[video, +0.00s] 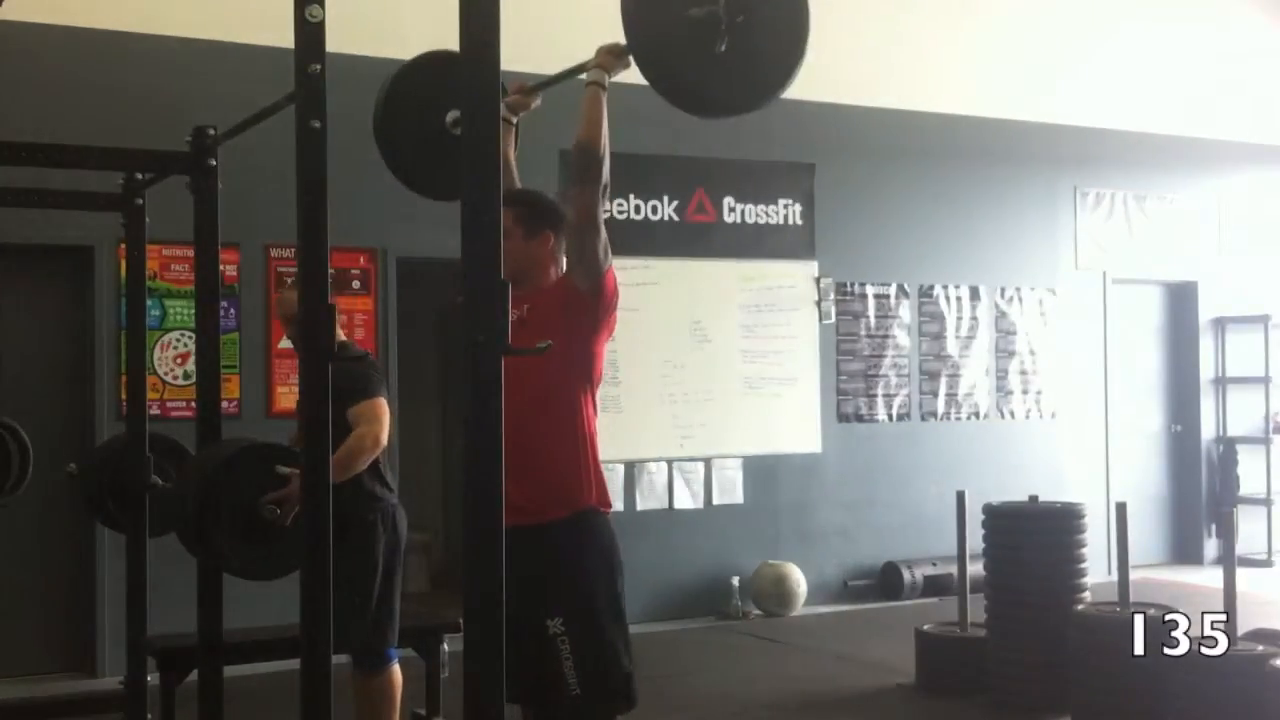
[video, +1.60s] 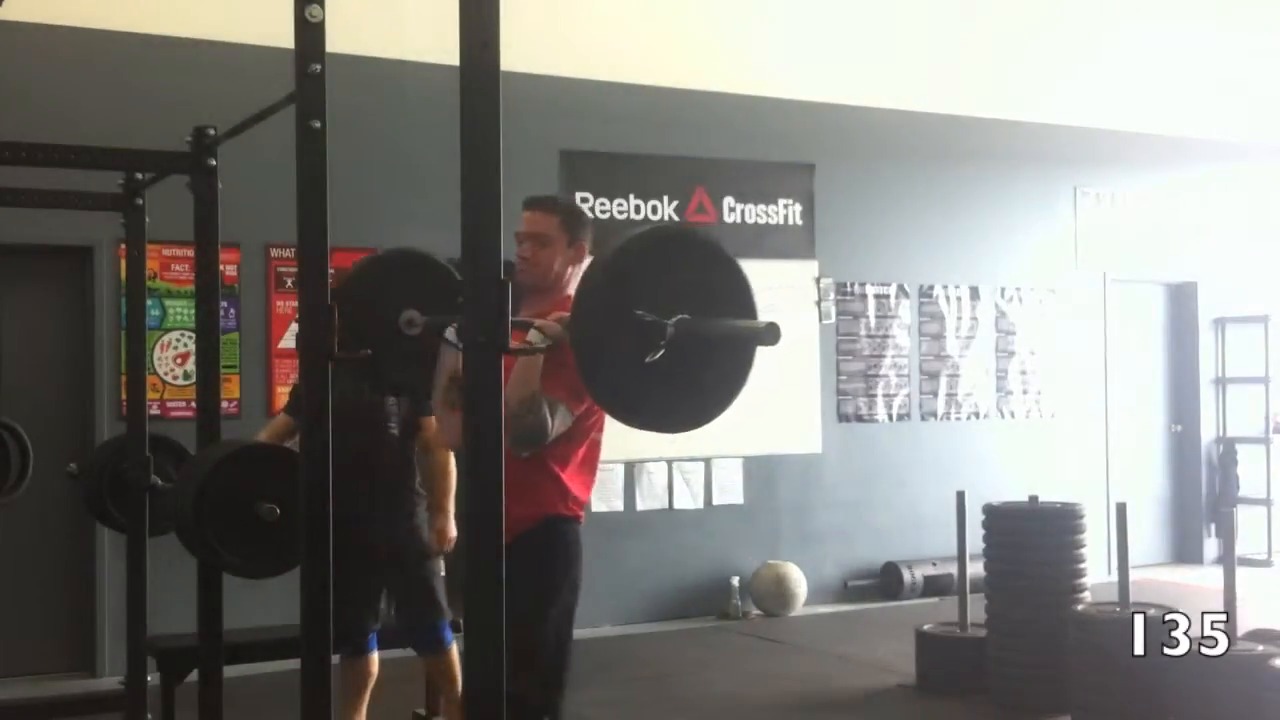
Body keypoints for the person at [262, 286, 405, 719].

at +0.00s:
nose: (289, 337)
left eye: (295, 326)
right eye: (285, 327)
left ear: (323, 320)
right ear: (293, 324)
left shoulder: (354, 366)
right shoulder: (320, 368)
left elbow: (373, 434)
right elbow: (312, 437)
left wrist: (312, 481)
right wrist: (296, 483)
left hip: (370, 515)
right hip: (344, 513)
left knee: (374, 650)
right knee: (362, 648)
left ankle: (385, 719)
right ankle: (369, 718)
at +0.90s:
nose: (320, 330)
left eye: (327, 319)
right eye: (317, 320)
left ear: (351, 316)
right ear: (320, 321)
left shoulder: (384, 375)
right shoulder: (330, 373)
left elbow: (390, 450)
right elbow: (307, 425)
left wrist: (359, 503)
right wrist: (261, 456)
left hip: (375, 527)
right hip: (331, 525)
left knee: (378, 648)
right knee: (339, 648)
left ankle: (388, 719)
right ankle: (347, 719)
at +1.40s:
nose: (334, 320)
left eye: (343, 309)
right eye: (329, 311)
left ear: (369, 312)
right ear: (320, 314)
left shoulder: (397, 368)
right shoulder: (317, 375)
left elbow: (427, 443)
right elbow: (279, 433)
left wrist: (428, 511)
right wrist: (241, 477)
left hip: (391, 520)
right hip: (336, 520)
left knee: (404, 640)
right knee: (353, 643)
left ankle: (418, 716)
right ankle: (350, 717)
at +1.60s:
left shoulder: (407, 368)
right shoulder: (324, 371)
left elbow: (435, 438)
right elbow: (286, 423)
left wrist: (444, 512)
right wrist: (243, 465)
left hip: (404, 519)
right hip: (344, 520)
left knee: (434, 638)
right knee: (356, 642)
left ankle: (454, 711)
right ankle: (351, 714)